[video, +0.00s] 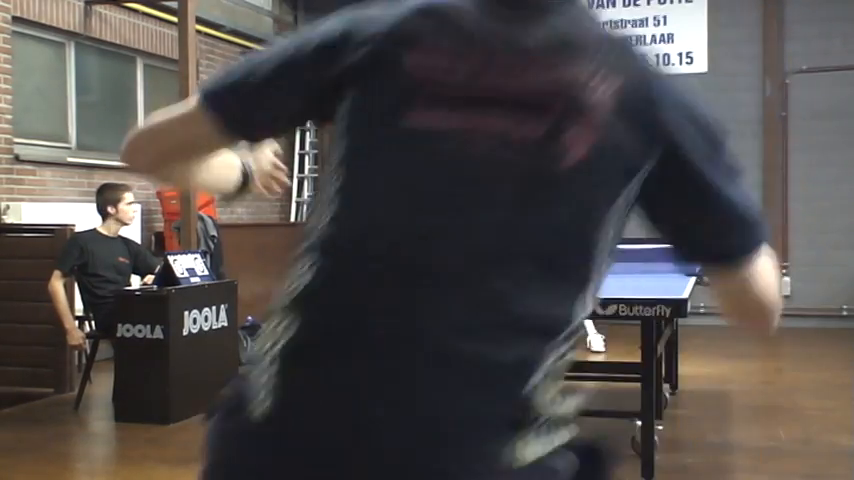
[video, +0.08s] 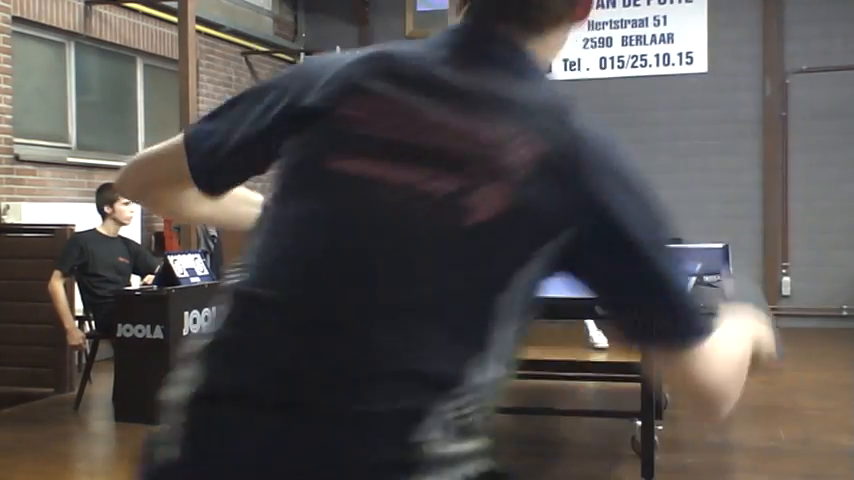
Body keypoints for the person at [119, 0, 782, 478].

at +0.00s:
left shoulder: (379, 35)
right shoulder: (639, 90)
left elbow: (148, 150)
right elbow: (761, 308)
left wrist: (232, 165)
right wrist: (726, 237)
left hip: (290, 434)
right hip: (489, 448)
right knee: (595, 452)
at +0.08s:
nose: (589, 24)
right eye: (590, 18)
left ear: (462, 1)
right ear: (577, 17)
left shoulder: (336, 77)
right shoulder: (565, 154)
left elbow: (149, 181)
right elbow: (711, 389)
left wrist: (276, 219)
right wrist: (741, 323)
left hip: (217, 443)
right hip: (398, 459)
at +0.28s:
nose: (584, 151)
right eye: (588, 133)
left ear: (447, 98)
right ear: (570, 152)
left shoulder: (350, 162)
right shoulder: (441, 294)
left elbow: (234, 180)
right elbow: (453, 464)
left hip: (61, 386)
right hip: (117, 460)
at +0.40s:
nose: (569, 221)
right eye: (577, 205)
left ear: (436, 146)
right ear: (557, 221)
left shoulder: (343, 212)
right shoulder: (377, 376)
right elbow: (221, 463)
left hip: (50, 398)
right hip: (73, 461)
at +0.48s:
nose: (568, 210)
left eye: (576, 191)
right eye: (574, 191)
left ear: (434, 141)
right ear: (550, 205)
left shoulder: (339, 205)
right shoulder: (351, 345)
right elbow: (248, 469)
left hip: (50, 402)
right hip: (63, 462)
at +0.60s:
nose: (543, 56)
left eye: (546, 34)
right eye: (538, 30)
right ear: (477, 29)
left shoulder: (276, 73)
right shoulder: (402, 195)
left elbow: (76, 174)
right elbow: (441, 449)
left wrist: (171, 268)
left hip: (36, 415)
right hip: (154, 457)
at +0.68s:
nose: (454, 15)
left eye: (457, 6)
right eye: (453, 4)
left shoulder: (187, 39)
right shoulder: (425, 81)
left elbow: (9, 179)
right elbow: (619, 234)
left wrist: (84, 179)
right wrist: (623, 114)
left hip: (60, 428)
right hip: (237, 446)